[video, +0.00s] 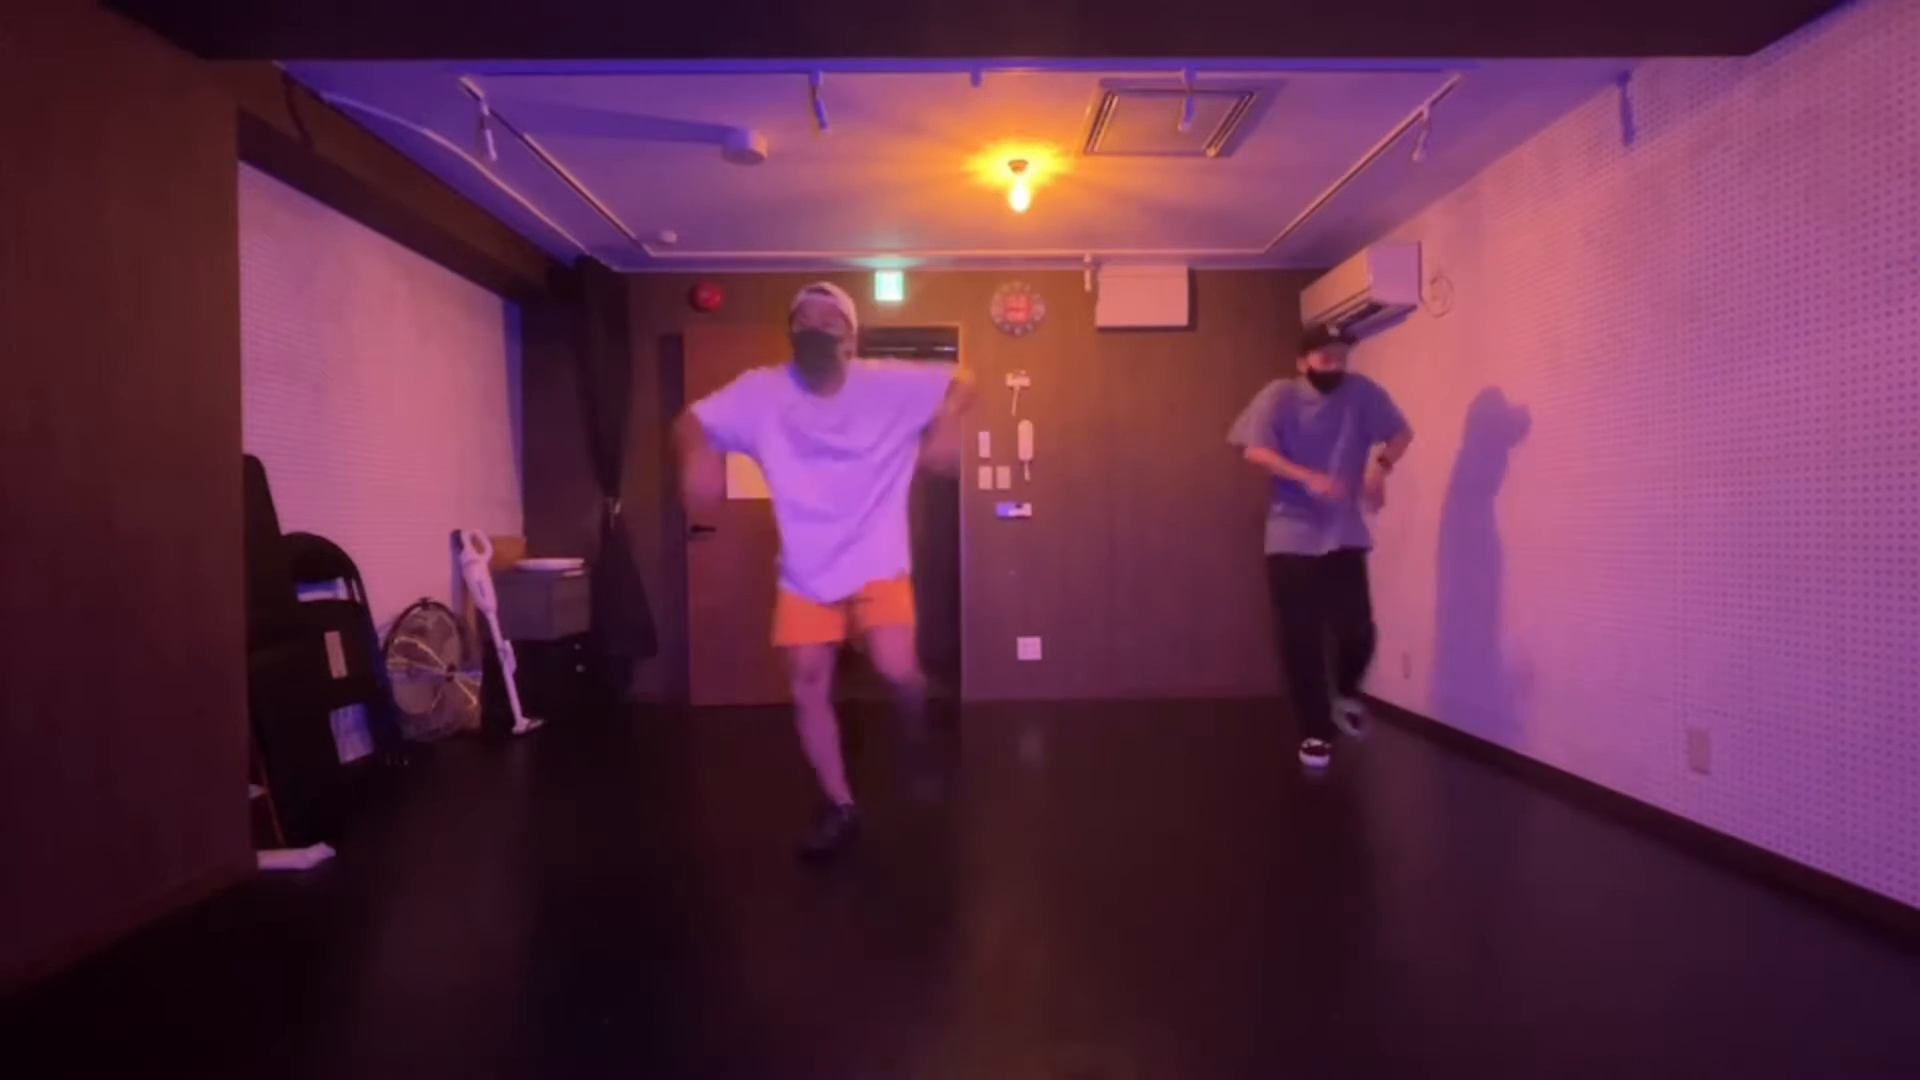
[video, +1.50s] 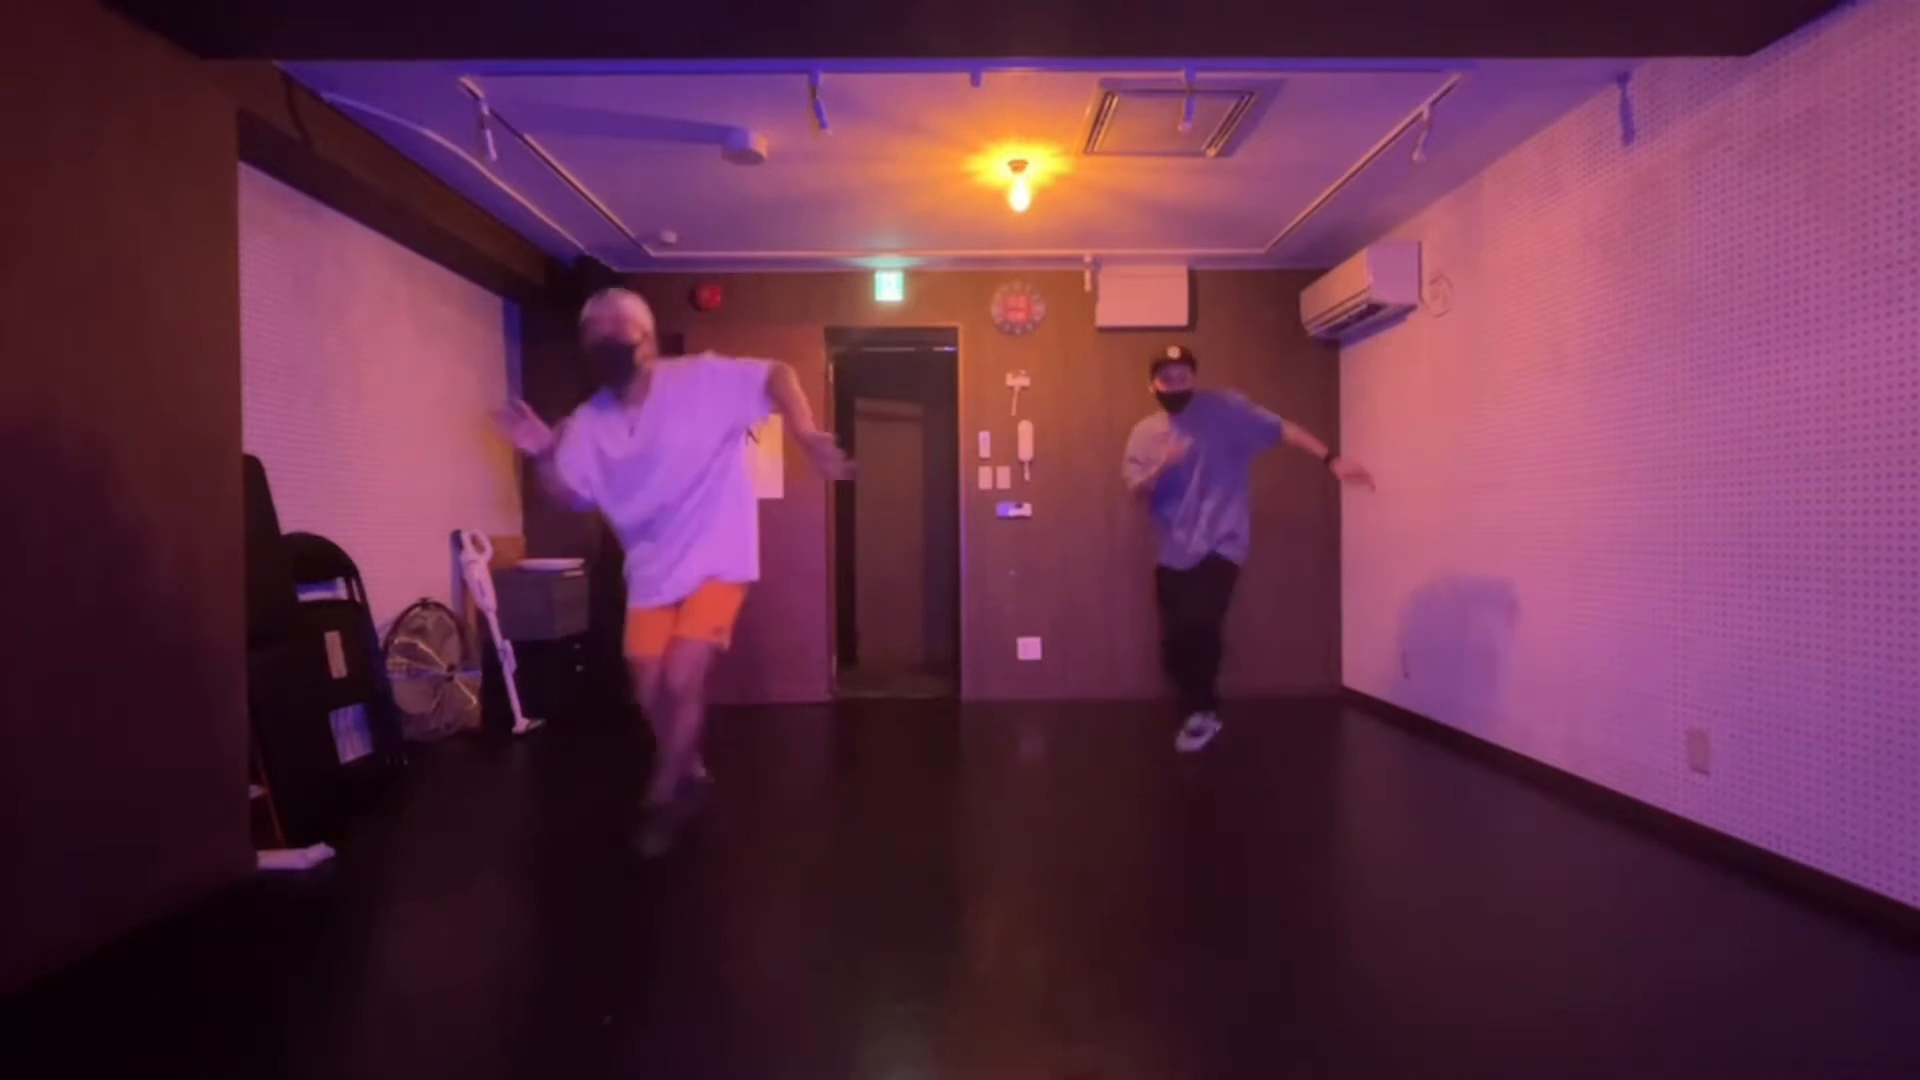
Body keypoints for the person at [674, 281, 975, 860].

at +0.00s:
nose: (817, 335)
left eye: (830, 327)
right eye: (806, 327)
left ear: (850, 339)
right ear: (790, 338)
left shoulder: (883, 381)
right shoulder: (764, 391)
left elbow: (960, 382)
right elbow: (692, 423)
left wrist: (943, 433)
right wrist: (701, 466)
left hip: (880, 556)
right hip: (807, 564)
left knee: (898, 668)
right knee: (809, 683)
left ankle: (921, 755)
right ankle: (840, 805)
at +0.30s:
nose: (817, 339)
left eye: (830, 332)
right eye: (807, 330)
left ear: (850, 348)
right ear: (792, 341)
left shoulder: (863, 412)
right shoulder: (756, 398)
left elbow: (893, 490)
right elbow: (708, 470)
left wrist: (870, 461)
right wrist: (666, 530)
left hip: (844, 577)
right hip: (773, 576)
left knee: (839, 694)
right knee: (797, 690)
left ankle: (788, 759)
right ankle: (839, 804)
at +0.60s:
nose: (786, 330)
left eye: (797, 322)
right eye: (775, 322)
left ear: (816, 332)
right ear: (757, 334)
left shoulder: (835, 393)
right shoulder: (729, 387)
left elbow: (893, 437)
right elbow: (654, 437)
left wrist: (844, 391)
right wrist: (582, 470)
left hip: (811, 559)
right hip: (747, 557)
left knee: (808, 673)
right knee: (771, 663)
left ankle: (771, 778)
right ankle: (777, 792)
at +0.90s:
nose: (717, 323)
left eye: (728, 313)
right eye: (706, 315)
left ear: (752, 327)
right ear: (693, 329)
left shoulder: (790, 380)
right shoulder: (674, 385)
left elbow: (858, 372)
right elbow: (597, 417)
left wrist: (790, 342)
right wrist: (524, 389)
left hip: (776, 550)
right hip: (706, 555)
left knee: (772, 660)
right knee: (699, 672)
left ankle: (762, 783)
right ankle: (683, 779)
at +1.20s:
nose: (665, 321)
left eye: (675, 311)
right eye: (654, 313)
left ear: (697, 316)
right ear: (640, 321)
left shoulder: (732, 357)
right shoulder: (621, 379)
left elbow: (806, 358)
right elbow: (568, 423)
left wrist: (751, 372)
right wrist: (537, 416)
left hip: (739, 544)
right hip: (666, 554)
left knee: (754, 665)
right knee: (673, 672)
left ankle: (762, 777)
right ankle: (679, 782)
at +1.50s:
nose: (613, 345)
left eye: (624, 333)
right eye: (600, 337)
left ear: (649, 339)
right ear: (586, 351)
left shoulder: (701, 377)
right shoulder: (587, 425)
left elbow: (777, 375)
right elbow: (569, 499)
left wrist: (810, 438)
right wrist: (544, 455)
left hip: (720, 551)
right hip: (652, 566)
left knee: (682, 677)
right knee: (649, 689)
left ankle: (658, 805)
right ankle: (693, 779)